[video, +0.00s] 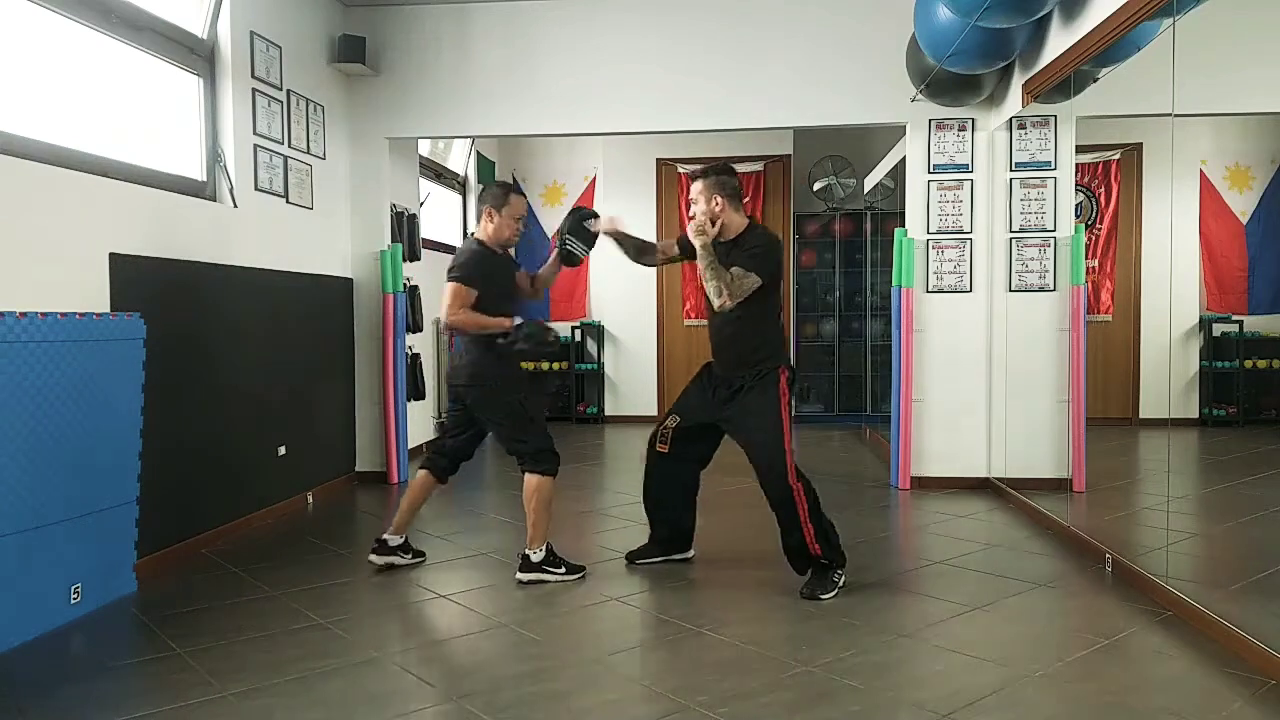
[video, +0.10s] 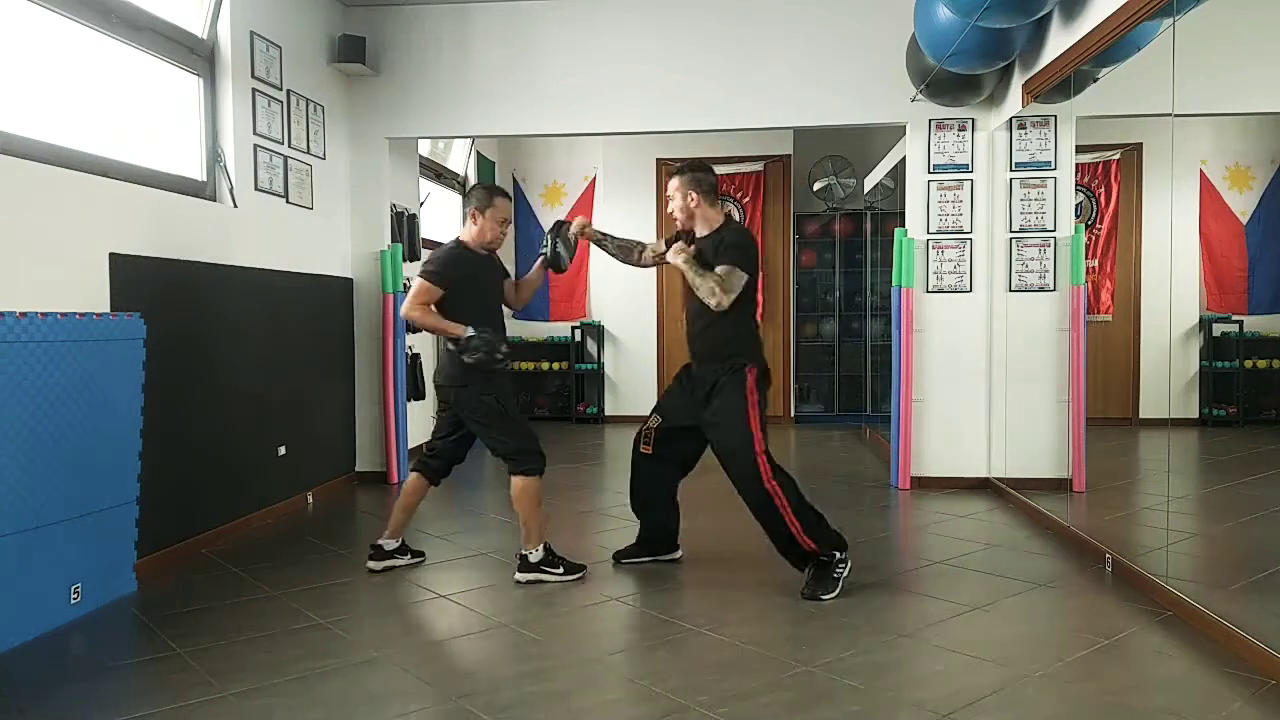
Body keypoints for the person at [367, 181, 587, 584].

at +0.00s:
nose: (521, 228)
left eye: (523, 221)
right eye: (516, 220)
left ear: (495, 218)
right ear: (489, 216)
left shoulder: (500, 259)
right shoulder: (472, 257)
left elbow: (535, 287)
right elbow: (453, 314)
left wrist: (563, 252)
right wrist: (511, 323)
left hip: (472, 376)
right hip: (487, 376)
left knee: (443, 456)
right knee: (541, 458)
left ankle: (391, 540)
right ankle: (537, 556)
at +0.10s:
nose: (506, 231)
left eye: (508, 224)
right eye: (500, 223)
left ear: (485, 221)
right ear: (474, 217)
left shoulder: (490, 261)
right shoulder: (448, 258)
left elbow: (517, 300)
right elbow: (413, 309)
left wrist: (545, 260)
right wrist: (467, 332)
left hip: (467, 380)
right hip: (471, 382)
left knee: (432, 461)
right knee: (527, 457)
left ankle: (388, 545)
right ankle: (535, 556)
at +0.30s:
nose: (494, 223)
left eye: (496, 216)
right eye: (489, 214)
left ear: (475, 213)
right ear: (462, 209)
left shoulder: (477, 255)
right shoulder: (443, 239)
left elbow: (510, 285)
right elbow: (393, 264)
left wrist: (536, 249)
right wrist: (437, 272)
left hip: (442, 368)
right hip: (464, 369)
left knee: (422, 457)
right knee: (504, 456)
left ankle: (386, 545)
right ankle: (488, 558)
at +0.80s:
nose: (462, 223)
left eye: (463, 217)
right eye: (459, 215)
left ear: (425, 209)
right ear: (445, 210)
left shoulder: (402, 244)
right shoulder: (434, 227)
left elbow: (417, 294)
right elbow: (477, 197)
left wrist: (457, 280)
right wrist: (523, 174)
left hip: (391, 360)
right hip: (422, 360)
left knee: (393, 452)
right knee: (460, 456)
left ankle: (366, 541)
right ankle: (442, 559)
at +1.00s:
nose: (443, 220)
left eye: (446, 214)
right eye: (438, 212)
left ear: (415, 212)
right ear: (412, 209)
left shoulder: (416, 250)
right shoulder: (401, 234)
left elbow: (433, 306)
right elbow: (419, 244)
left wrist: (464, 273)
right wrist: (464, 210)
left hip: (404, 363)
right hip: (413, 364)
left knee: (401, 452)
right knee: (445, 459)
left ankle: (365, 541)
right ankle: (435, 561)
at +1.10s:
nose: (436, 220)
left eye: (437, 213)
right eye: (429, 212)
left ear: (420, 212)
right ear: (401, 209)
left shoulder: (424, 251)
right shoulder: (388, 245)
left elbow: (458, 284)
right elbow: (382, 290)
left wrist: (486, 257)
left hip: (419, 371)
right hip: (410, 373)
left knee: (401, 454)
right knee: (446, 460)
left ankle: (362, 539)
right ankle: (436, 561)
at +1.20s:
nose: (428, 217)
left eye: (430, 210)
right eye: (421, 209)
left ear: (427, 211)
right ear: (394, 210)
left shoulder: (422, 257)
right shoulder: (380, 251)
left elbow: (449, 297)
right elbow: (357, 305)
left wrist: (473, 253)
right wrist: (413, 307)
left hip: (424, 373)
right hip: (409, 374)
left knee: (404, 456)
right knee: (448, 461)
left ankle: (361, 536)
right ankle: (436, 561)